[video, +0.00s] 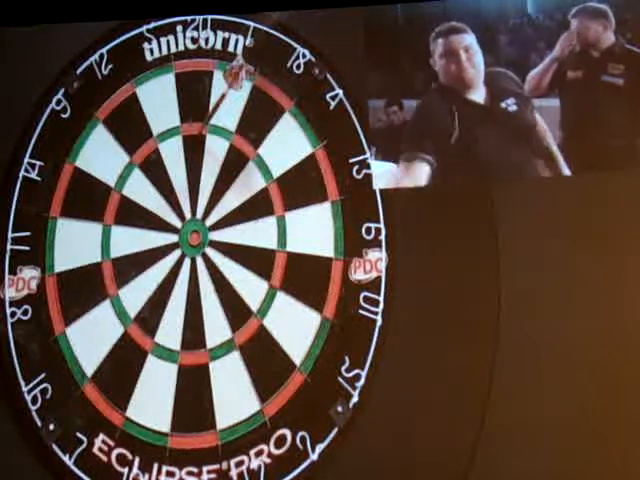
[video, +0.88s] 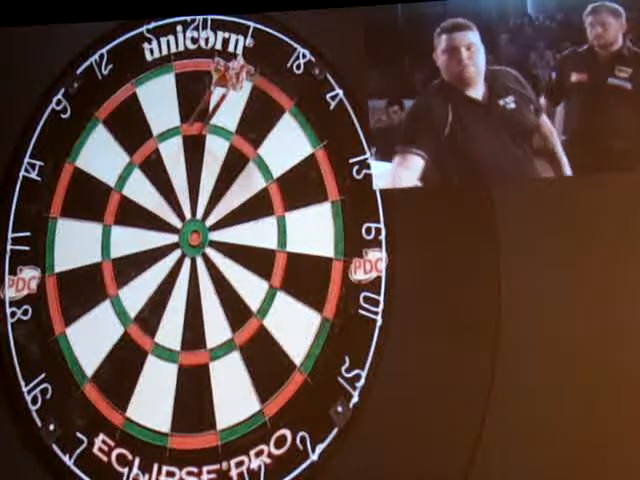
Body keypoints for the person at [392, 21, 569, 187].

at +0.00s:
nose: (463, 61)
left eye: (468, 50)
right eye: (450, 55)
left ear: (480, 53)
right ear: (434, 65)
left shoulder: (503, 82)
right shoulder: (433, 109)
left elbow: (538, 134)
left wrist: (566, 179)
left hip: (529, 204)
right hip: (467, 213)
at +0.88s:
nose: (463, 57)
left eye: (470, 48)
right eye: (451, 51)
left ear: (483, 51)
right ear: (436, 59)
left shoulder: (507, 81)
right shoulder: (430, 107)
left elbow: (545, 131)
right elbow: (404, 173)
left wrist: (567, 180)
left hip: (530, 203)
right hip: (468, 215)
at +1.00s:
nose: (462, 57)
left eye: (469, 48)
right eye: (451, 51)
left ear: (482, 52)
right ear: (437, 59)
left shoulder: (508, 81)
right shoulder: (433, 103)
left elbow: (545, 130)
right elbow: (408, 147)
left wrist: (569, 177)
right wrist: (384, 160)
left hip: (529, 201)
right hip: (470, 213)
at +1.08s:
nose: (461, 57)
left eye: (468, 48)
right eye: (449, 51)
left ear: (481, 52)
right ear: (435, 60)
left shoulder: (506, 81)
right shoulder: (433, 104)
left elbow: (545, 129)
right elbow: (392, 154)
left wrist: (569, 177)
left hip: (530, 203)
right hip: (472, 215)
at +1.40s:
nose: (457, 58)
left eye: (464, 49)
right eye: (446, 52)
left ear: (477, 52)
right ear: (432, 61)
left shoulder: (503, 81)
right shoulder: (432, 102)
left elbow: (543, 128)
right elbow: (399, 151)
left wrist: (568, 177)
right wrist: (404, 79)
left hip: (530, 200)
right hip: (473, 210)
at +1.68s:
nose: (458, 64)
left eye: (464, 53)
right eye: (446, 57)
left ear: (477, 56)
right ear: (431, 67)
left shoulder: (503, 83)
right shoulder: (435, 107)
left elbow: (542, 130)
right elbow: (402, 161)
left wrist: (568, 177)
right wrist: (416, 90)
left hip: (533, 202)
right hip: (474, 213)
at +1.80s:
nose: (458, 66)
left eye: (465, 55)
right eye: (445, 59)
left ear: (479, 58)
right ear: (431, 68)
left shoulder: (504, 86)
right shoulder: (432, 110)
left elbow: (540, 129)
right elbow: (415, 143)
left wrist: (571, 168)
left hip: (529, 199)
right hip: (471, 210)